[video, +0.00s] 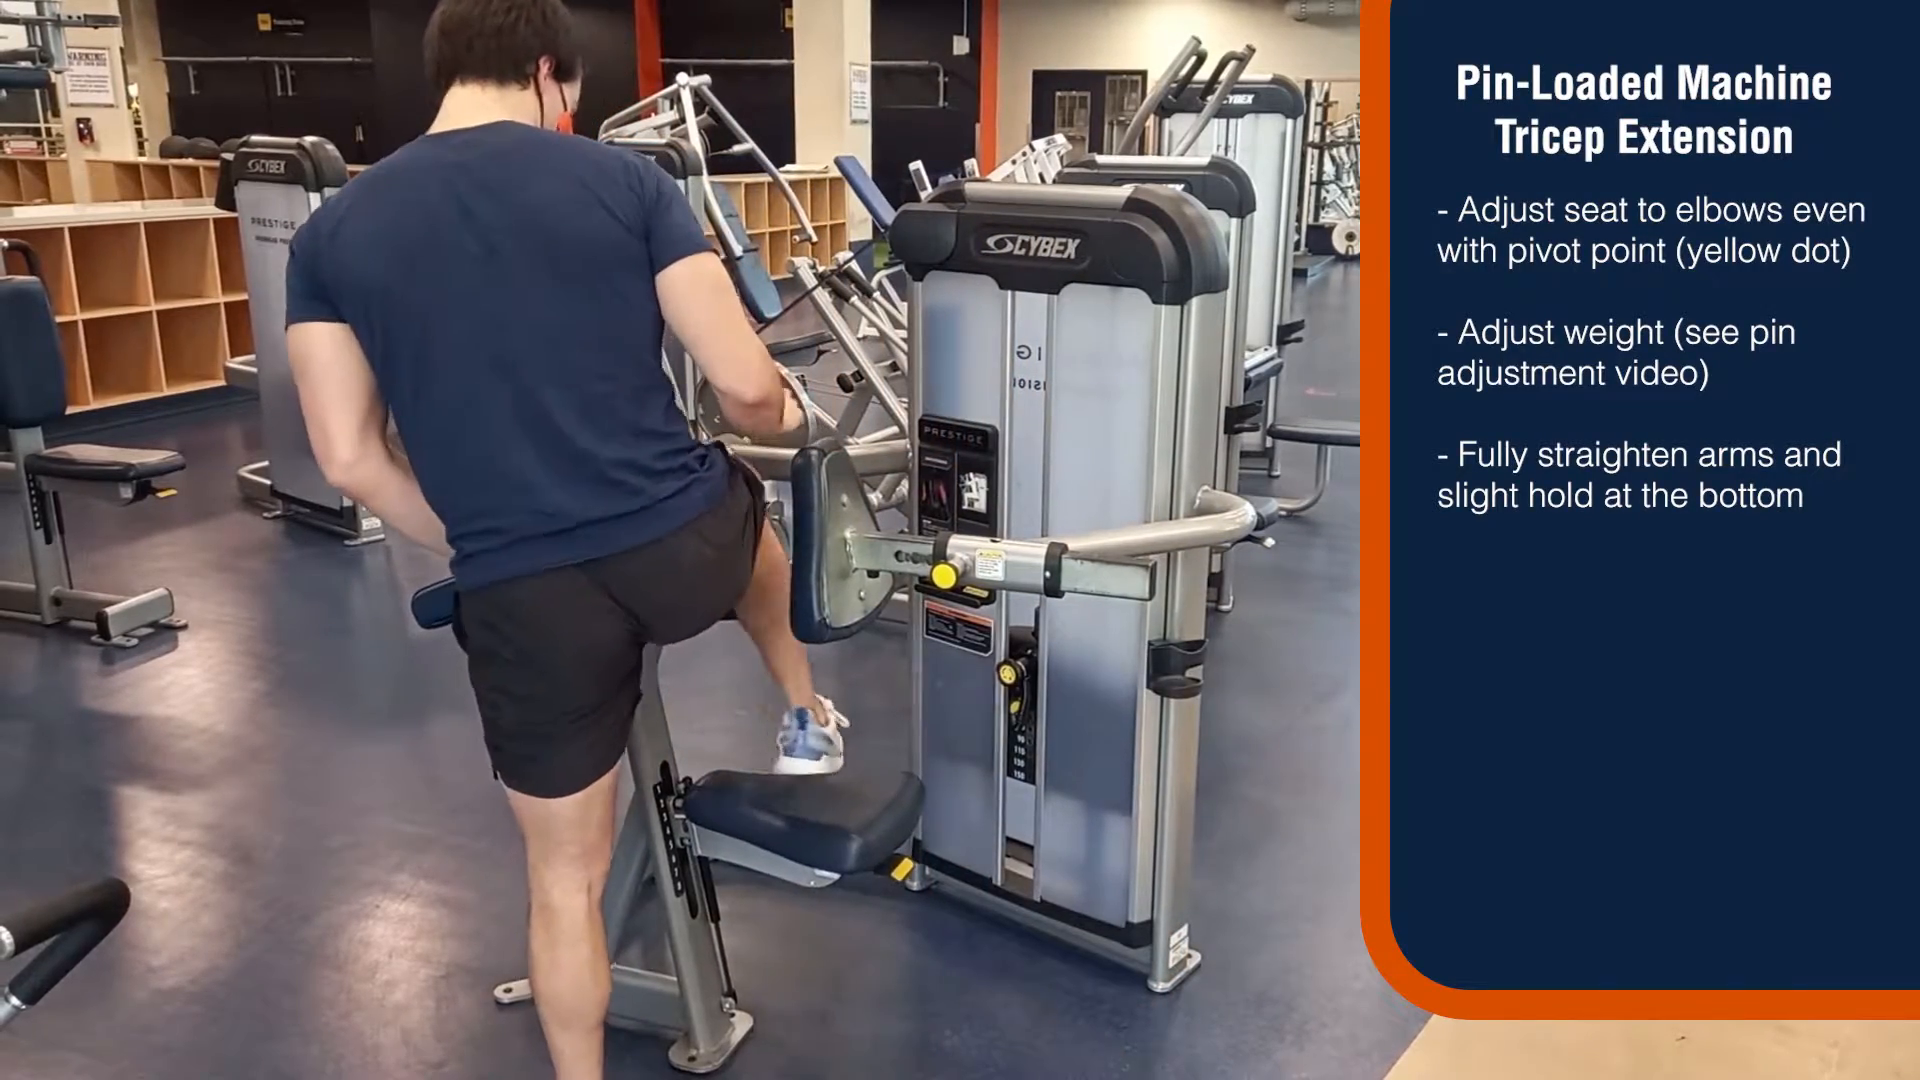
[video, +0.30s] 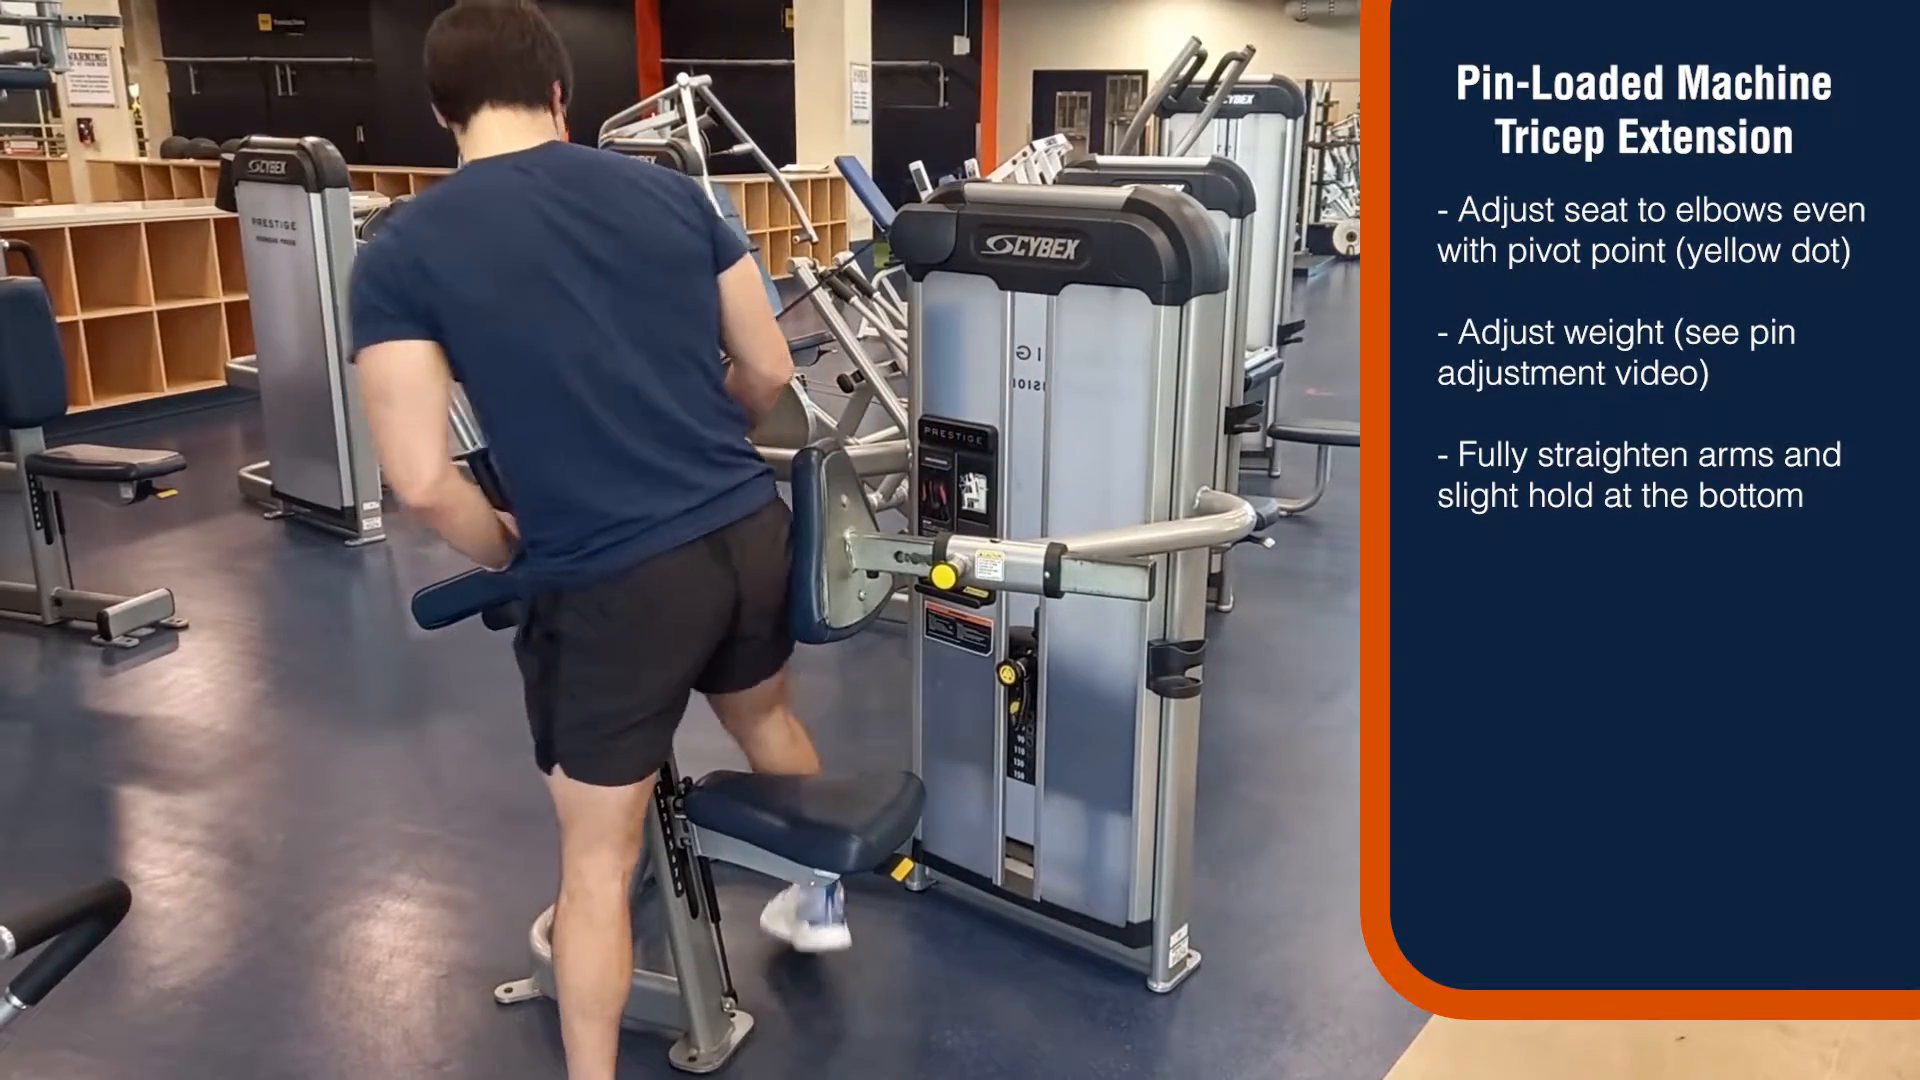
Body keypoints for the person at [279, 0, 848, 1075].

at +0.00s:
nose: (577, 113)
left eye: (577, 100)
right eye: (576, 96)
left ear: (438, 83)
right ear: (546, 81)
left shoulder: (335, 230)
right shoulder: (620, 179)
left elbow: (347, 455)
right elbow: (748, 389)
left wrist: (465, 526)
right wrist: (782, 424)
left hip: (523, 607)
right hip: (673, 551)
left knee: (563, 885)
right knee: (745, 518)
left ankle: (580, 1079)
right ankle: (808, 717)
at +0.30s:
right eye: (559, 95)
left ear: (444, 111)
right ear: (561, 97)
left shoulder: (405, 246)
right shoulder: (670, 192)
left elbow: (422, 481)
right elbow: (767, 373)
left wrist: (501, 546)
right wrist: (705, 425)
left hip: (611, 590)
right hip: (750, 541)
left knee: (596, 866)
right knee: (765, 711)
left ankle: (592, 1067)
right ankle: (819, 902)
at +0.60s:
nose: (560, 182)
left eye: (557, 168)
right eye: (568, 174)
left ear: (567, 157)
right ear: (668, 146)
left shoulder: (572, 234)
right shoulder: (746, 228)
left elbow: (578, 437)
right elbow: (841, 395)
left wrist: (518, 525)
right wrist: (752, 448)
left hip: (683, 577)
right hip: (785, 556)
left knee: (556, 811)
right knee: (737, 752)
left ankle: (613, 1058)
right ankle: (806, 956)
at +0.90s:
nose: (729, 272)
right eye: (729, 259)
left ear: (622, 261)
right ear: (723, 258)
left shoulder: (597, 311)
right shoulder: (780, 343)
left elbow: (534, 463)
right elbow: (849, 480)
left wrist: (489, 544)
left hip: (705, 680)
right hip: (823, 657)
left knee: (514, 831)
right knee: (710, 760)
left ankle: (616, 1062)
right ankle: (799, 947)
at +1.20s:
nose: (776, 374)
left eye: (776, 361)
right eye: (777, 357)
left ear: (672, 346)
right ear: (761, 350)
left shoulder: (631, 397)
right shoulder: (801, 430)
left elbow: (540, 500)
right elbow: (879, 597)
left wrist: (505, 541)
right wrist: (938, 705)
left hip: (750, 765)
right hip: (861, 733)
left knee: (511, 832)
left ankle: (615, 1061)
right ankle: (796, 948)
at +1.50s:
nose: (803, 394)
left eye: (805, 376)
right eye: (805, 375)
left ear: (705, 350)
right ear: (789, 366)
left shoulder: (643, 406)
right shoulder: (808, 439)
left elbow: (562, 524)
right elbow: (898, 612)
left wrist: (492, 540)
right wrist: (985, 691)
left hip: (752, 778)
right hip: (861, 748)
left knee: (497, 830)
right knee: (694, 731)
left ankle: (612, 1058)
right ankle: (791, 940)